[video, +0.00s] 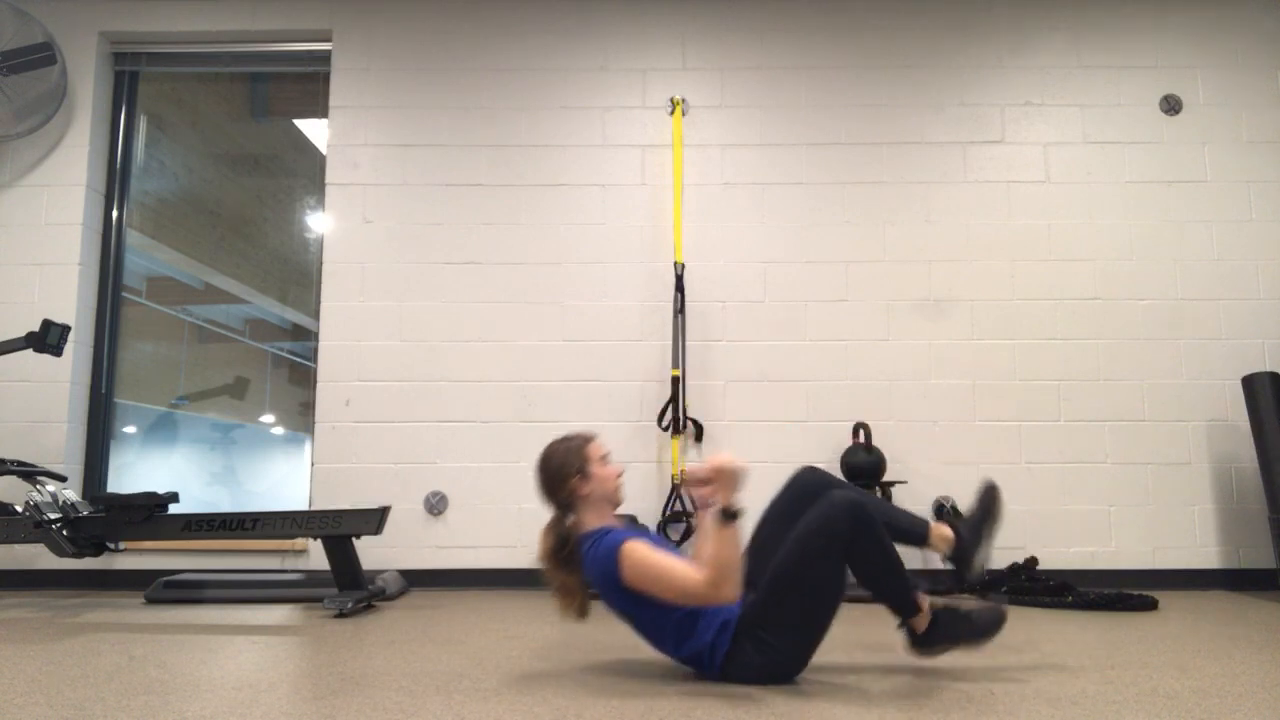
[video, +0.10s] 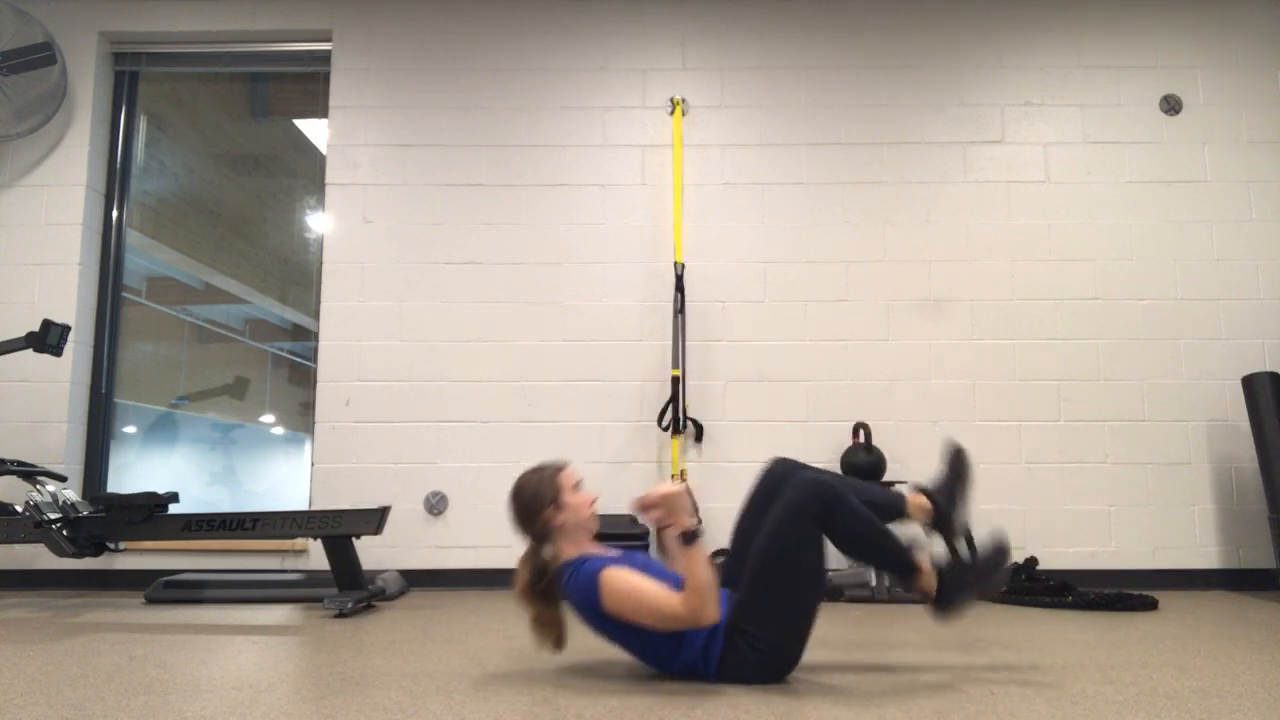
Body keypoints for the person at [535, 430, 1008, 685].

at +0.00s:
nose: (617, 467)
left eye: (609, 459)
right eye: (605, 463)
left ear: (582, 485)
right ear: (581, 484)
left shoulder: (608, 535)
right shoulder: (613, 547)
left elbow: (705, 579)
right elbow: (720, 588)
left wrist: (706, 510)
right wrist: (723, 506)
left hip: (741, 624)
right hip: (750, 649)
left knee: (811, 482)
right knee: (842, 508)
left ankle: (950, 537)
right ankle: (921, 624)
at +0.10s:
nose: (589, 494)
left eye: (581, 486)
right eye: (576, 491)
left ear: (557, 517)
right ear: (554, 516)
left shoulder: (594, 558)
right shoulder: (596, 576)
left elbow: (689, 592)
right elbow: (701, 608)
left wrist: (677, 524)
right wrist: (682, 529)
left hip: (731, 625)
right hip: (746, 651)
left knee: (785, 474)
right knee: (809, 493)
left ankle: (926, 506)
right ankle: (934, 582)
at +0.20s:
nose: (562, 518)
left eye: (551, 511)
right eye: (548, 518)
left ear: (535, 547)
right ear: (531, 547)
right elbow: (683, 621)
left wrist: (633, 539)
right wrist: (648, 548)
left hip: (733, 624)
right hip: (743, 648)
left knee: (747, 466)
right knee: (753, 477)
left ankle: (875, 464)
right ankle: (910, 512)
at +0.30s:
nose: (536, 539)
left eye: (524, 535)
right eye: (520, 542)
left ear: (522, 567)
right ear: (511, 576)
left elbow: (661, 614)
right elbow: (670, 625)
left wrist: (610, 562)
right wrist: (618, 562)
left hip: (723, 624)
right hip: (735, 644)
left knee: (702, 466)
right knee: (703, 470)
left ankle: (824, 426)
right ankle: (853, 447)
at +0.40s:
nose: (514, 554)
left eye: (503, 551)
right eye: (499, 558)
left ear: (504, 587)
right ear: (493, 595)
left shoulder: (557, 610)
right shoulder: (555, 631)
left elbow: (651, 604)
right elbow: (654, 617)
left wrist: (591, 567)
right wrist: (593, 568)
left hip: (712, 613)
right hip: (721, 627)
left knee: (665, 461)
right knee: (665, 464)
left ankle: (776, 390)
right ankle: (797, 398)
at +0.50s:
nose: (500, 566)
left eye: (487, 565)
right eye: (484, 573)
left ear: (492, 605)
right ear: (484, 609)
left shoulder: (544, 615)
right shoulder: (546, 638)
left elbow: (644, 598)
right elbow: (652, 610)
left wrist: (578, 572)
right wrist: (578, 575)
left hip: (701, 604)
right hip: (714, 617)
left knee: (637, 461)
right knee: (634, 462)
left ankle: (743, 370)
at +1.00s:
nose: (502, 569)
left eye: (490, 566)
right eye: (487, 574)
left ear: (492, 607)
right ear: (482, 609)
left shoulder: (542, 621)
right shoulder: (542, 640)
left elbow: (641, 598)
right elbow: (646, 597)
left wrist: (570, 574)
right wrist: (571, 573)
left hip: (702, 604)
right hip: (708, 612)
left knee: (641, 454)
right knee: (639, 455)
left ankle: (766, 381)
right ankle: (766, 374)